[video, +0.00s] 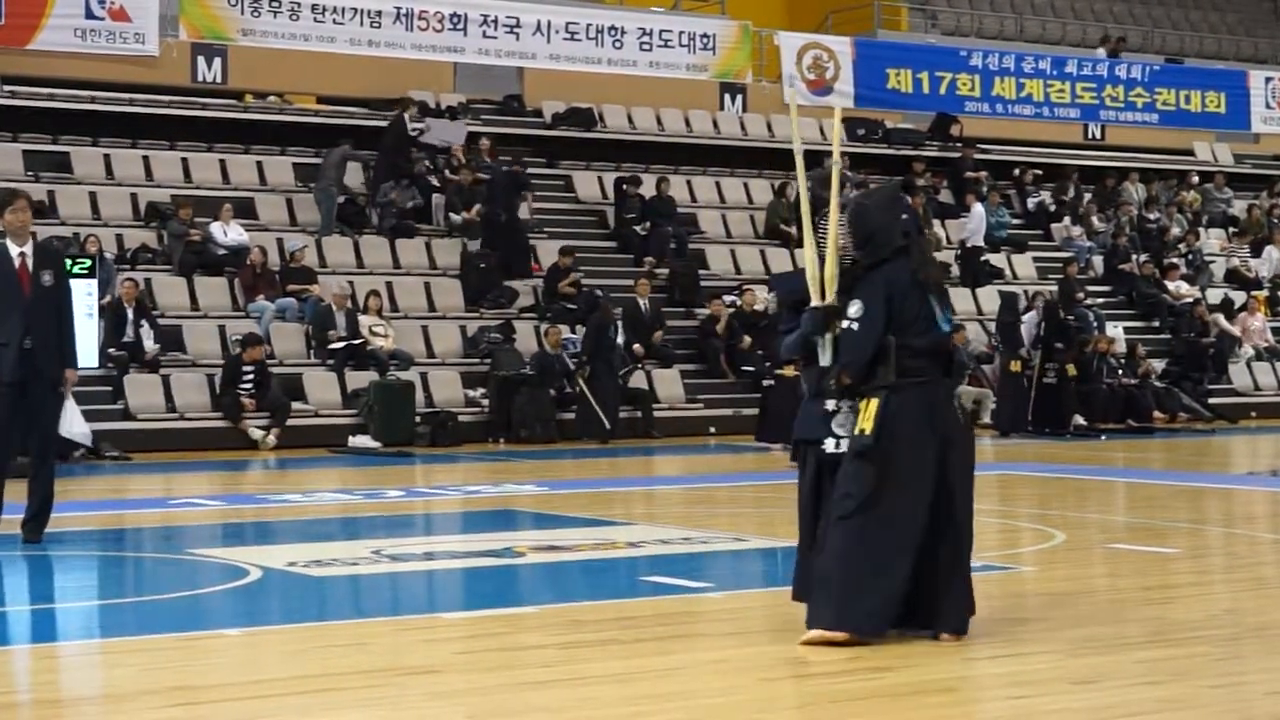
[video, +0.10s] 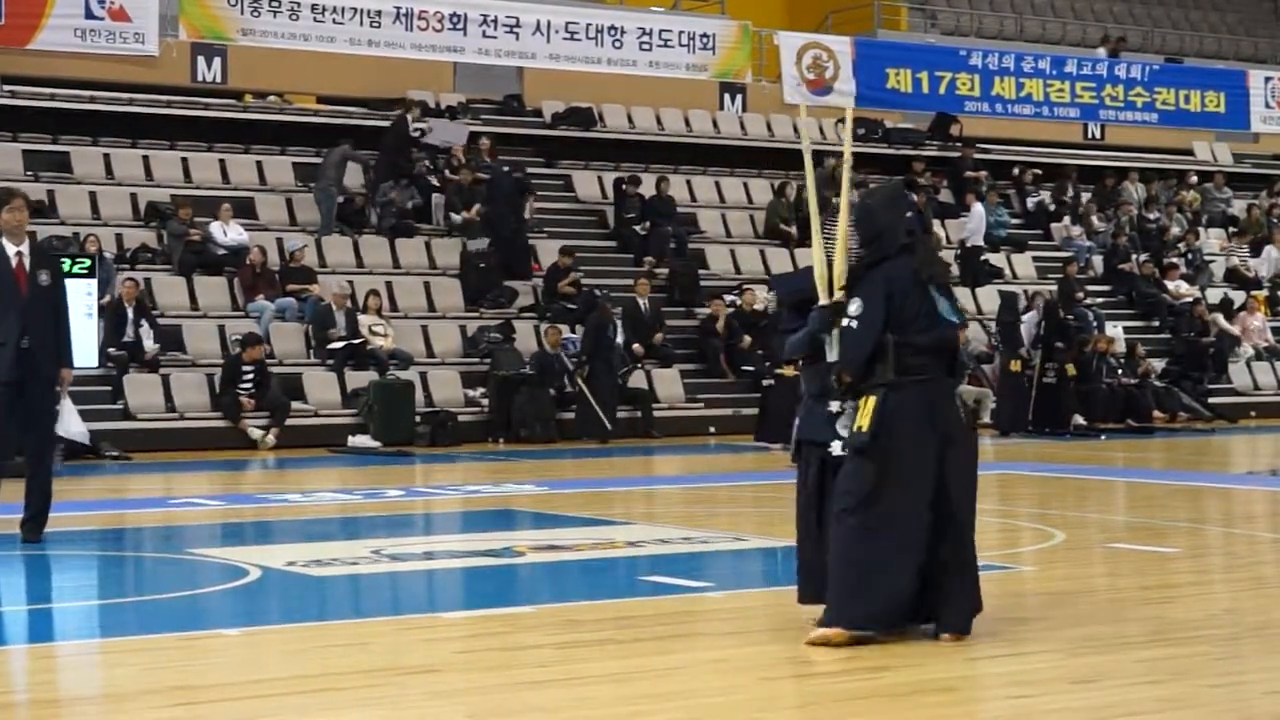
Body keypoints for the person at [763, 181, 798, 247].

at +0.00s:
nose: (792, 192)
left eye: (792, 189)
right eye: (790, 189)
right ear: (783, 190)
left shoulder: (789, 205)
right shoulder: (775, 204)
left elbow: (792, 219)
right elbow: (775, 223)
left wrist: (793, 230)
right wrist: (790, 231)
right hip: (773, 233)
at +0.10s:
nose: (792, 192)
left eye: (793, 189)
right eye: (790, 188)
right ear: (783, 190)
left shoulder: (789, 204)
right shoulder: (774, 204)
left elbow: (792, 219)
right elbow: (775, 222)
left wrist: (793, 229)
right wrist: (790, 231)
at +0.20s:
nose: (792, 192)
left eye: (793, 189)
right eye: (790, 188)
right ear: (783, 189)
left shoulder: (789, 204)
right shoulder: (775, 203)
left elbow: (792, 219)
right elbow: (775, 223)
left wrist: (793, 229)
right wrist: (791, 231)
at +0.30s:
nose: (792, 192)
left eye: (793, 189)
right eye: (790, 188)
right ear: (783, 189)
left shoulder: (789, 205)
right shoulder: (775, 203)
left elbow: (792, 219)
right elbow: (775, 222)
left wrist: (793, 229)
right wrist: (790, 231)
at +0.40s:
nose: (792, 192)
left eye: (793, 189)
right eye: (790, 188)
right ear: (783, 190)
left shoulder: (789, 204)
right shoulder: (775, 203)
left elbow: (792, 219)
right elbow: (775, 222)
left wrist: (793, 229)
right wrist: (790, 231)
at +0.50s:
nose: (792, 191)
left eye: (792, 189)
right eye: (790, 188)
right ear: (783, 189)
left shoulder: (790, 204)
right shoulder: (774, 203)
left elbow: (792, 219)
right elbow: (775, 222)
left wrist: (794, 231)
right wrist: (790, 230)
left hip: (785, 229)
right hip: (772, 230)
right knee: (788, 236)